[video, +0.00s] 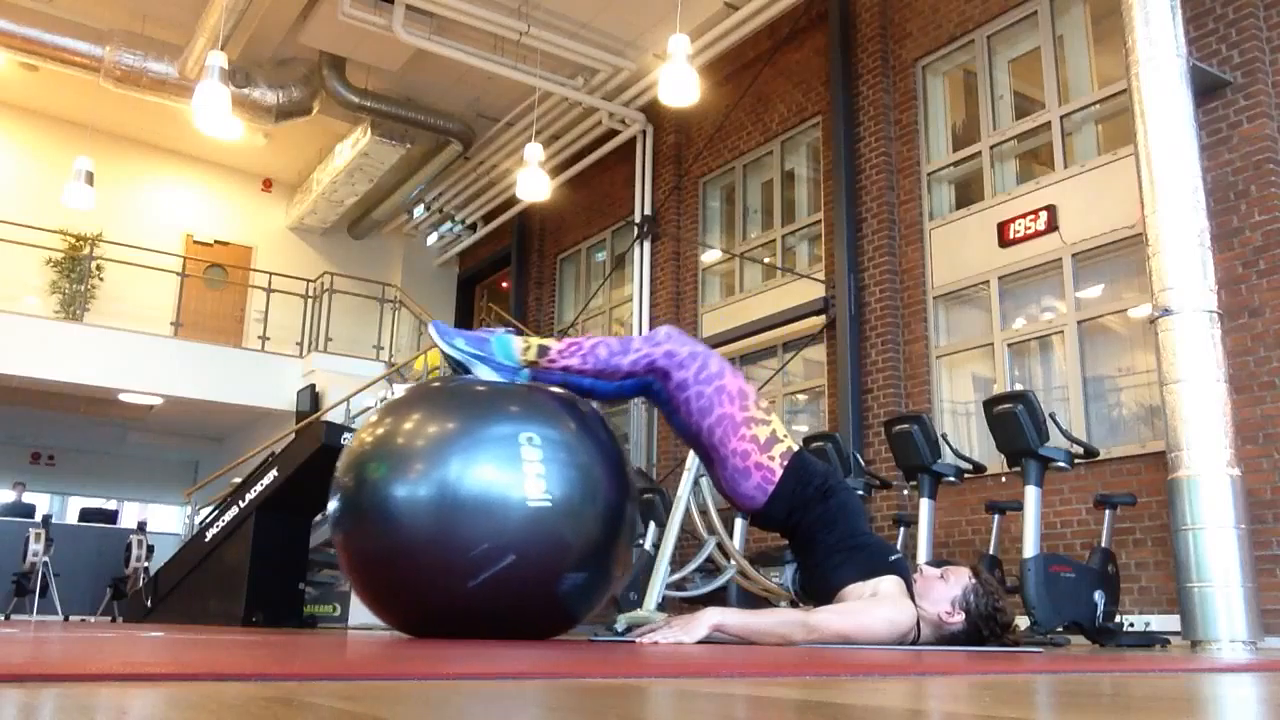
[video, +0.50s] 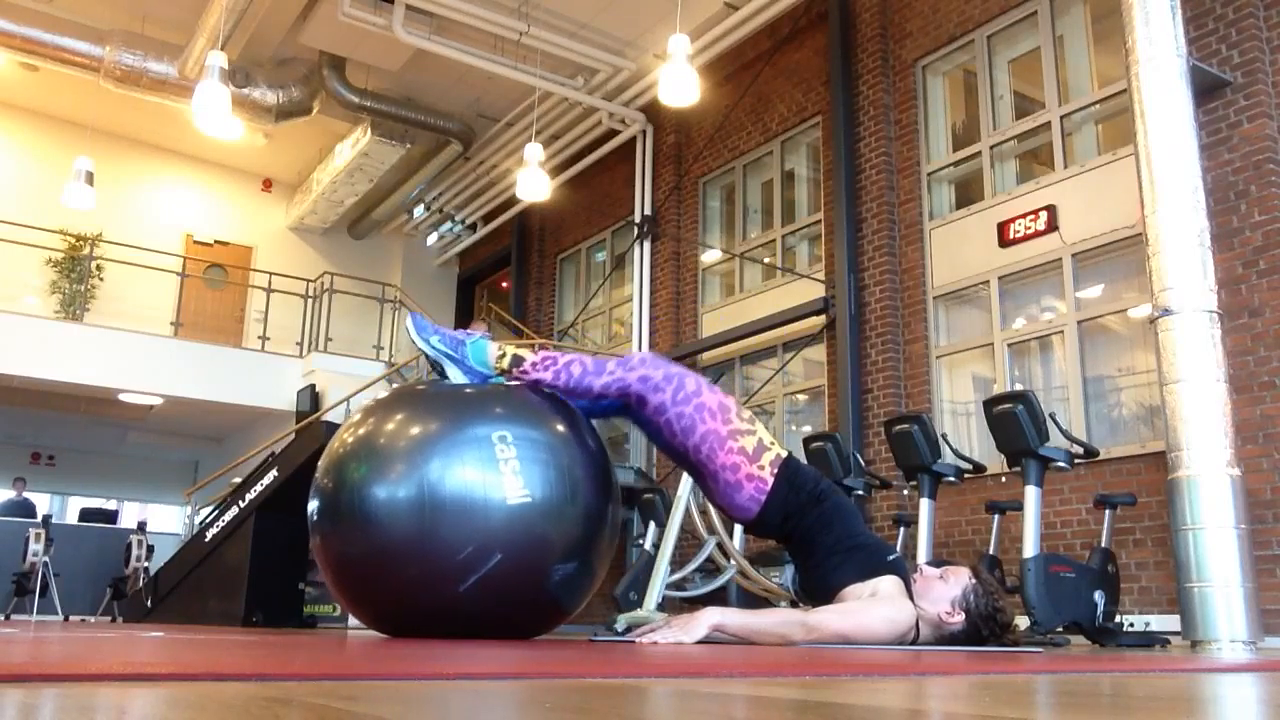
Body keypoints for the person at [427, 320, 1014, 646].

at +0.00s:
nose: (936, 568)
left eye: (949, 580)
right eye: (950, 570)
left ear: (946, 616)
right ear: (946, 605)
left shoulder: (892, 610)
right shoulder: (895, 598)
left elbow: (805, 626)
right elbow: (805, 621)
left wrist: (710, 620)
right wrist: (716, 621)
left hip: (765, 481)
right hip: (780, 469)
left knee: (669, 348)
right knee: (673, 347)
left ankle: (521, 360)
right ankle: (535, 361)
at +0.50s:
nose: (937, 569)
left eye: (949, 580)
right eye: (950, 570)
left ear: (945, 615)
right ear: (944, 606)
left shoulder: (892, 611)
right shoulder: (891, 596)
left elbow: (802, 625)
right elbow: (801, 621)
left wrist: (712, 619)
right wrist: (717, 620)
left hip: (760, 484)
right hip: (769, 471)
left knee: (645, 373)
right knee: (650, 370)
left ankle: (492, 363)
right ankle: (513, 372)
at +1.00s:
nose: (933, 563)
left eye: (945, 575)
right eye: (947, 566)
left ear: (946, 613)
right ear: (944, 614)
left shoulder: (893, 611)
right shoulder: (903, 609)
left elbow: (806, 627)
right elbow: (807, 624)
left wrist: (712, 618)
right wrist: (716, 622)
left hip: (764, 469)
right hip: (781, 476)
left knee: (812, 311)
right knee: (811, 321)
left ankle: (671, 362)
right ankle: (680, 371)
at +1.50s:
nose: (933, 566)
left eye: (945, 577)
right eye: (947, 569)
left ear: (947, 614)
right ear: (946, 612)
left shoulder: (894, 615)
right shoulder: (904, 605)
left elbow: (801, 629)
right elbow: (806, 622)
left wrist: (712, 621)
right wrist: (717, 621)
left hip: (774, 470)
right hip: (799, 474)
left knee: (833, 312)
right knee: (830, 323)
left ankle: (693, 368)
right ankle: (700, 369)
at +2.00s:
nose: (937, 567)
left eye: (950, 580)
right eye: (951, 568)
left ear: (946, 616)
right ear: (944, 603)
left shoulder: (892, 611)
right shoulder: (893, 596)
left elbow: (806, 626)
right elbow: (804, 621)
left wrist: (712, 618)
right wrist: (714, 621)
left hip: (762, 482)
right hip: (777, 467)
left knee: (660, 364)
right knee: (664, 357)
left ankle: (504, 361)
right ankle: (524, 361)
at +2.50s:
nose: (936, 569)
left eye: (949, 581)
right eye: (949, 569)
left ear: (946, 616)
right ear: (942, 595)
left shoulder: (895, 609)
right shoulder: (891, 592)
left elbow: (804, 627)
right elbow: (802, 622)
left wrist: (709, 619)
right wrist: (713, 621)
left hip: (756, 488)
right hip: (766, 475)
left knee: (644, 372)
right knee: (650, 372)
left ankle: (487, 358)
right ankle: (512, 379)